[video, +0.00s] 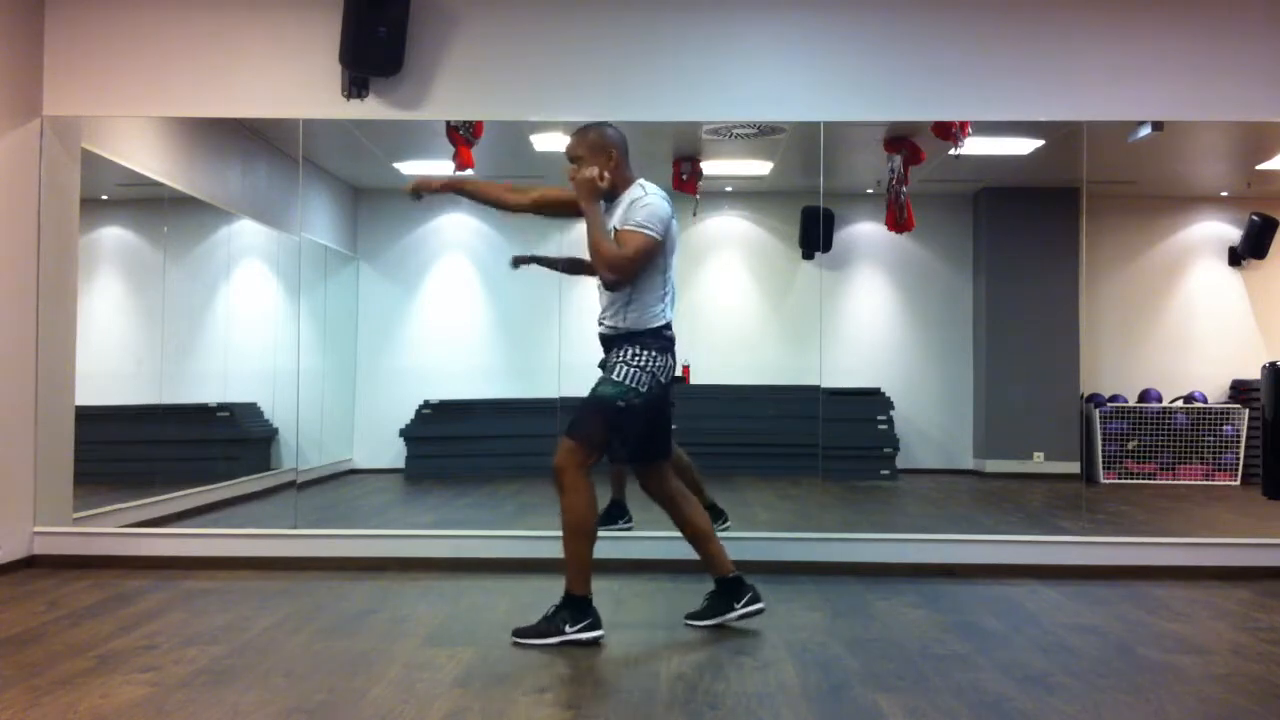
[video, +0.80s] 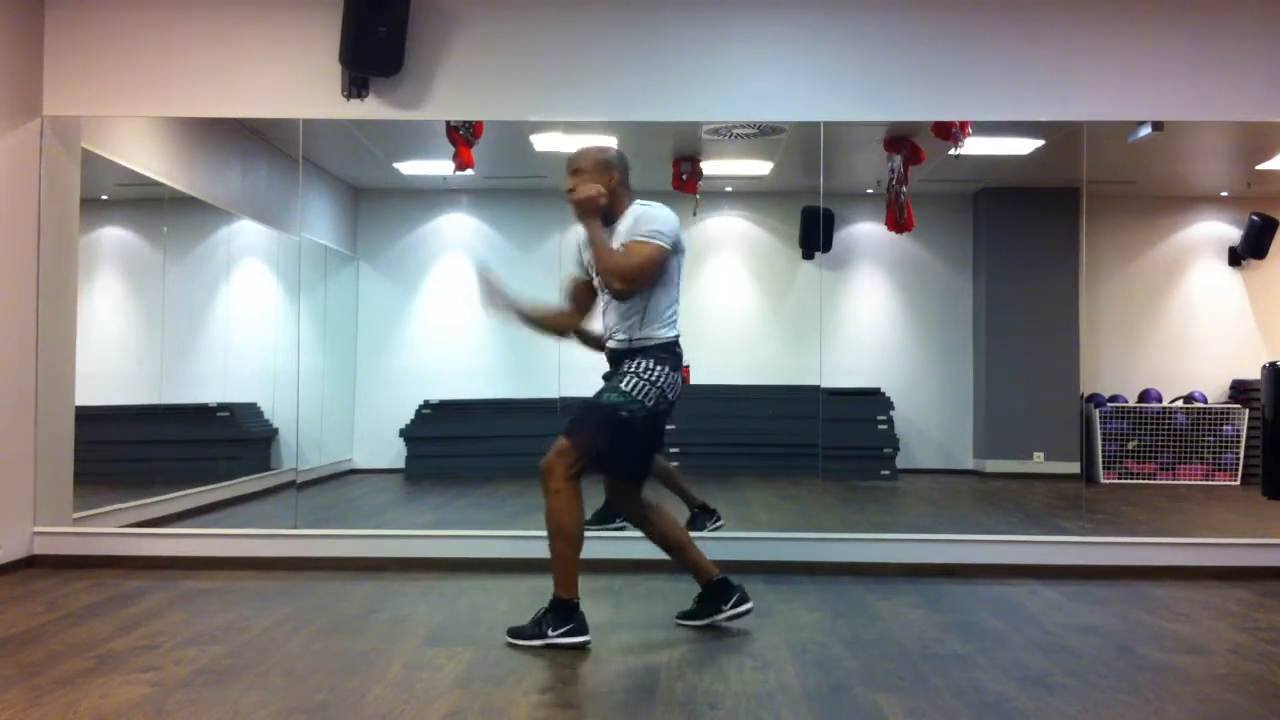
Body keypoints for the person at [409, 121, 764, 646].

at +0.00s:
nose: (572, 173)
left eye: (577, 163)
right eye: (572, 165)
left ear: (610, 163)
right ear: (606, 165)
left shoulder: (650, 204)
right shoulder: (612, 200)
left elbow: (613, 269)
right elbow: (523, 198)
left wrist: (590, 204)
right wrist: (450, 183)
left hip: (641, 354)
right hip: (630, 351)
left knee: (572, 462)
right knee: (658, 478)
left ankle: (577, 607)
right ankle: (731, 585)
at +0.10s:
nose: (571, 170)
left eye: (575, 160)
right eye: (570, 161)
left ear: (605, 159)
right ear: (605, 159)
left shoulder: (642, 197)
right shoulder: (608, 202)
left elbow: (599, 265)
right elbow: (553, 240)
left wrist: (579, 201)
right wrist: (512, 194)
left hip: (639, 350)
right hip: (633, 349)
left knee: (572, 461)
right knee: (662, 473)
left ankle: (577, 607)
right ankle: (730, 584)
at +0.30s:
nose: (571, 162)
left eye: (574, 153)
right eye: (572, 154)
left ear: (593, 154)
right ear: (620, 151)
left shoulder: (612, 187)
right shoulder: (649, 191)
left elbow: (564, 257)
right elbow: (595, 269)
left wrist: (566, 191)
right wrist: (575, 198)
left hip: (638, 341)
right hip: (670, 340)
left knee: (579, 463)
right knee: (669, 470)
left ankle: (577, 607)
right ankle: (705, 595)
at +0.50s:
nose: (577, 211)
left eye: (577, 204)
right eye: (576, 205)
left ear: (592, 190)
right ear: (623, 184)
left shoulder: (593, 215)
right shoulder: (675, 220)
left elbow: (580, 305)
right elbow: (674, 290)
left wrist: (580, 253)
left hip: (629, 356)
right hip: (675, 357)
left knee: (550, 467)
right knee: (672, 476)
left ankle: (562, 608)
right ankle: (706, 597)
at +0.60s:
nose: (567, 219)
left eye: (568, 210)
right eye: (566, 212)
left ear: (584, 198)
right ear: (611, 192)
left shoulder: (596, 220)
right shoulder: (665, 233)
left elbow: (574, 308)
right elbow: (682, 323)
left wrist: (572, 246)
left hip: (629, 369)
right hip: (671, 370)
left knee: (543, 470)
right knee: (653, 483)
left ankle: (561, 611)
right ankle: (705, 596)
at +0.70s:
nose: (559, 203)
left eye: (564, 192)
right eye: (558, 194)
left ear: (594, 187)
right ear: (596, 188)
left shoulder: (629, 217)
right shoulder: (623, 227)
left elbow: (585, 288)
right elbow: (638, 324)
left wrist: (568, 230)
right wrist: (594, 361)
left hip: (642, 370)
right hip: (638, 371)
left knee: (548, 469)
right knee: (624, 499)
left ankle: (562, 611)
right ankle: (712, 592)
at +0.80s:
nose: (568, 187)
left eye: (577, 177)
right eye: (568, 178)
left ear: (612, 180)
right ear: (594, 185)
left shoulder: (656, 219)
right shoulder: (592, 238)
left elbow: (621, 278)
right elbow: (569, 319)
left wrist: (593, 221)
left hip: (650, 368)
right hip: (627, 369)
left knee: (559, 468)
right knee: (625, 499)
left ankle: (564, 611)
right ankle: (718, 588)